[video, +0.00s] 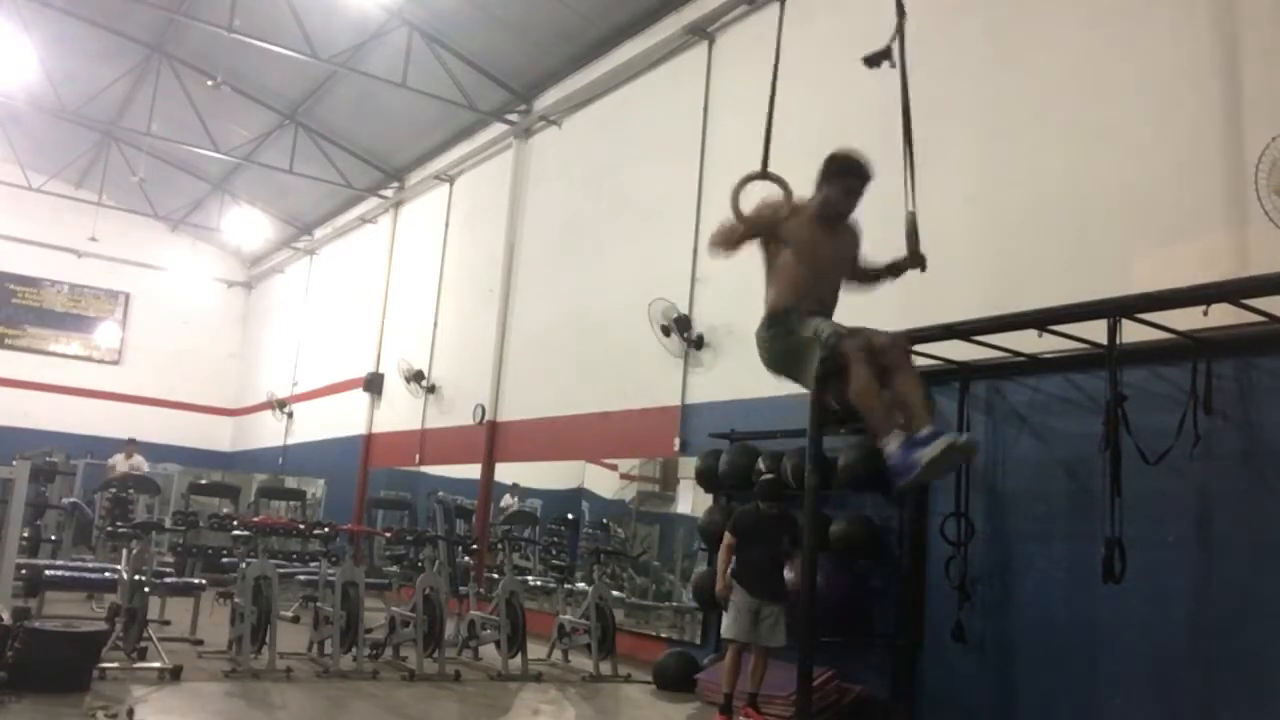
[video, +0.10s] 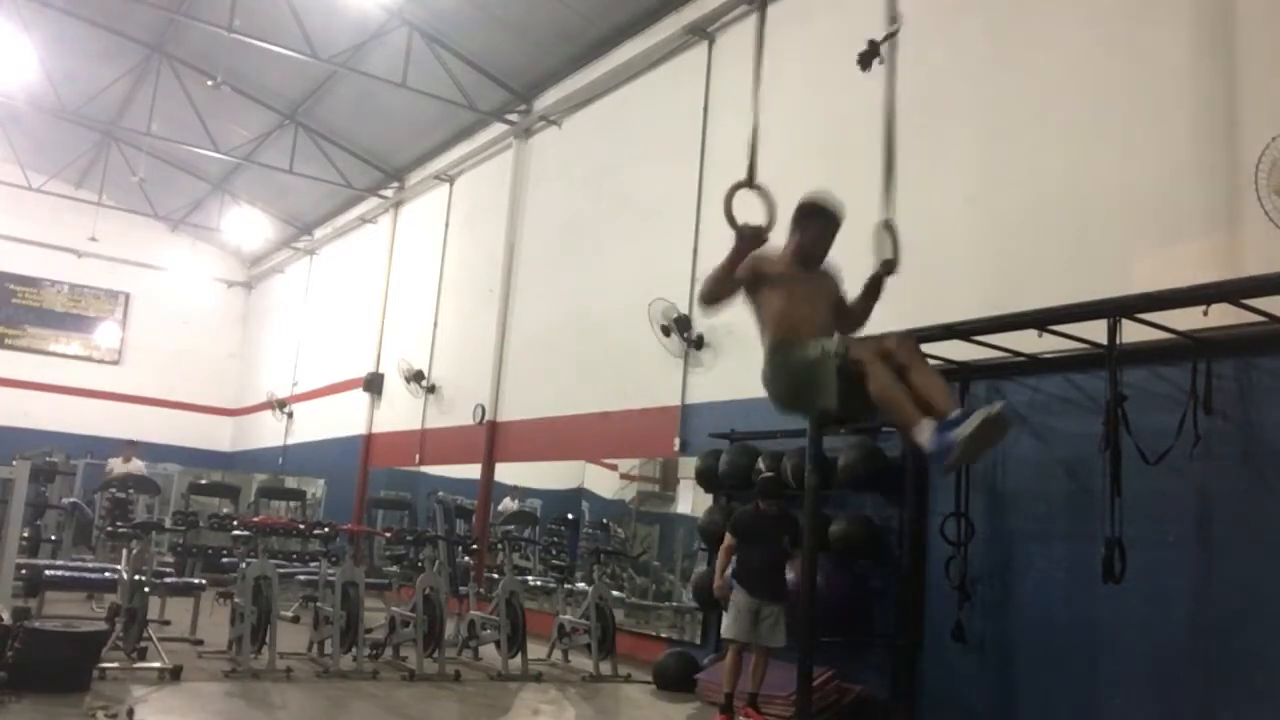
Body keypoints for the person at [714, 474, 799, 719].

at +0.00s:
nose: (770, 506)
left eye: (775, 501)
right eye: (766, 500)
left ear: (781, 499)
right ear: (758, 496)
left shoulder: (788, 520)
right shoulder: (743, 515)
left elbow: (795, 555)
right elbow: (726, 547)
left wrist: (798, 583)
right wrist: (721, 579)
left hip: (773, 591)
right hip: (743, 588)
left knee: (762, 650)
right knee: (735, 647)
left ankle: (751, 703)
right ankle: (726, 705)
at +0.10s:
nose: (771, 506)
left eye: (775, 501)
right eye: (766, 500)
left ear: (781, 498)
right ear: (758, 497)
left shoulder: (789, 521)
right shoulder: (743, 516)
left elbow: (796, 556)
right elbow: (726, 547)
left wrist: (801, 584)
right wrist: (718, 577)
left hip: (774, 592)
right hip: (744, 589)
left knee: (762, 650)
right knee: (735, 647)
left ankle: (752, 703)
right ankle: (727, 704)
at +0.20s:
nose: (766, 501)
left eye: (771, 496)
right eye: (762, 495)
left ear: (780, 497)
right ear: (756, 495)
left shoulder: (790, 522)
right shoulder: (744, 517)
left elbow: (797, 557)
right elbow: (728, 548)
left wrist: (800, 587)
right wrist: (717, 575)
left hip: (774, 592)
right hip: (745, 589)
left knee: (762, 650)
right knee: (735, 647)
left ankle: (752, 703)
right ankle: (728, 704)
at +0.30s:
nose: (761, 498)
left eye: (767, 494)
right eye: (758, 493)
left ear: (778, 495)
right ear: (753, 492)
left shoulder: (788, 522)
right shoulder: (744, 517)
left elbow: (798, 559)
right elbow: (728, 549)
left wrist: (800, 591)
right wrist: (715, 575)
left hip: (774, 593)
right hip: (745, 590)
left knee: (762, 649)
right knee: (736, 646)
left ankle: (752, 703)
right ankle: (728, 703)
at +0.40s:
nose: (765, 496)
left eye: (771, 492)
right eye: (763, 491)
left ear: (781, 497)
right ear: (758, 493)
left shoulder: (788, 520)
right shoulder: (748, 515)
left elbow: (798, 559)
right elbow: (729, 548)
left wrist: (799, 592)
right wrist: (713, 576)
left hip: (775, 593)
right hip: (745, 589)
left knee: (763, 650)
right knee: (737, 647)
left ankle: (751, 704)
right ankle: (728, 705)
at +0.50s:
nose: (772, 497)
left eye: (778, 493)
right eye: (769, 491)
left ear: (786, 495)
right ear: (760, 491)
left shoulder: (789, 520)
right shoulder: (748, 516)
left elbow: (798, 556)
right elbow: (729, 547)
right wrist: (713, 574)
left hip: (774, 593)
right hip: (745, 589)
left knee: (763, 651)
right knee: (737, 647)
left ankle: (752, 704)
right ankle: (728, 705)